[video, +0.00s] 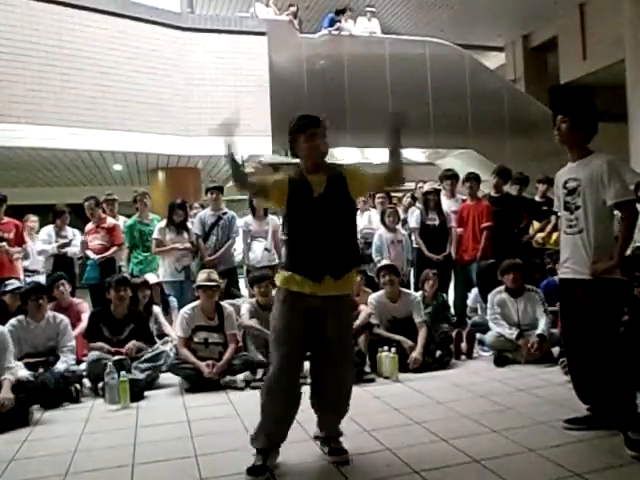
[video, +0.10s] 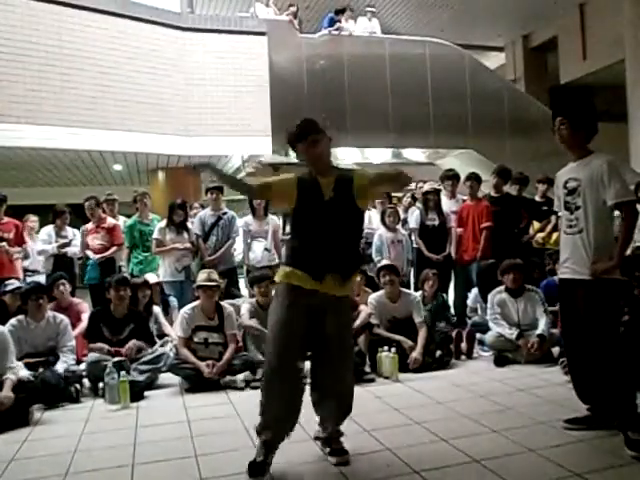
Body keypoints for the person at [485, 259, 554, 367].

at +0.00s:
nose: (512, 277)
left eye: (515, 273)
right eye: (508, 274)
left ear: (522, 275)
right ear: (502, 278)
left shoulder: (535, 293)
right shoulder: (495, 296)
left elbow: (544, 316)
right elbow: (494, 320)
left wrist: (540, 336)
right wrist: (517, 335)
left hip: (531, 331)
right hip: (508, 333)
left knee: (552, 336)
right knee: (491, 339)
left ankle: (512, 357)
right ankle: (539, 355)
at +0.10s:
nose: (512, 277)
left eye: (516, 273)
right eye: (508, 274)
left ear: (522, 275)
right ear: (502, 278)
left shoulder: (535, 293)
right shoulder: (495, 296)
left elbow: (544, 316)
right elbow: (494, 320)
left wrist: (539, 336)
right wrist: (517, 336)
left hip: (531, 332)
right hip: (508, 333)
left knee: (552, 337)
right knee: (491, 339)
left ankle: (512, 357)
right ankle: (539, 355)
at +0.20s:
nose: (513, 277)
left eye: (516, 273)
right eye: (508, 274)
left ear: (522, 275)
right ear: (503, 278)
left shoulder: (535, 294)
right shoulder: (495, 296)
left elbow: (544, 316)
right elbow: (494, 321)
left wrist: (539, 336)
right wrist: (517, 336)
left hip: (531, 332)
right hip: (508, 333)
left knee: (553, 336)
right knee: (491, 339)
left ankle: (512, 357)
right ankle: (539, 356)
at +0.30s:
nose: (513, 277)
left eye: (516, 273)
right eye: (508, 274)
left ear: (522, 276)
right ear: (503, 278)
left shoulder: (535, 293)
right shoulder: (495, 296)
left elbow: (544, 316)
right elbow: (494, 321)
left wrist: (539, 336)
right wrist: (517, 336)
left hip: (531, 332)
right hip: (508, 333)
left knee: (553, 336)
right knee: (491, 339)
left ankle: (512, 357)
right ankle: (538, 355)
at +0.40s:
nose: (513, 278)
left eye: (516, 274)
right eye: (508, 274)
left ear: (523, 276)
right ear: (503, 278)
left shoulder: (535, 294)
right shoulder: (495, 296)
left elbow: (544, 316)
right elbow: (494, 321)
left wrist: (539, 336)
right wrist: (517, 335)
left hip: (531, 332)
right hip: (508, 333)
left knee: (553, 336)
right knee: (491, 339)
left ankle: (512, 357)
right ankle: (539, 355)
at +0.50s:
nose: (513, 278)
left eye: (516, 274)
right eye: (508, 274)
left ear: (523, 276)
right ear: (503, 278)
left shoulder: (535, 294)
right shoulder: (495, 296)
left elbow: (544, 317)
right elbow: (494, 321)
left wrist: (539, 336)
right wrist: (517, 335)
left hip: (531, 332)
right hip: (508, 333)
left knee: (553, 336)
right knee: (491, 339)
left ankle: (512, 357)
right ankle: (539, 355)